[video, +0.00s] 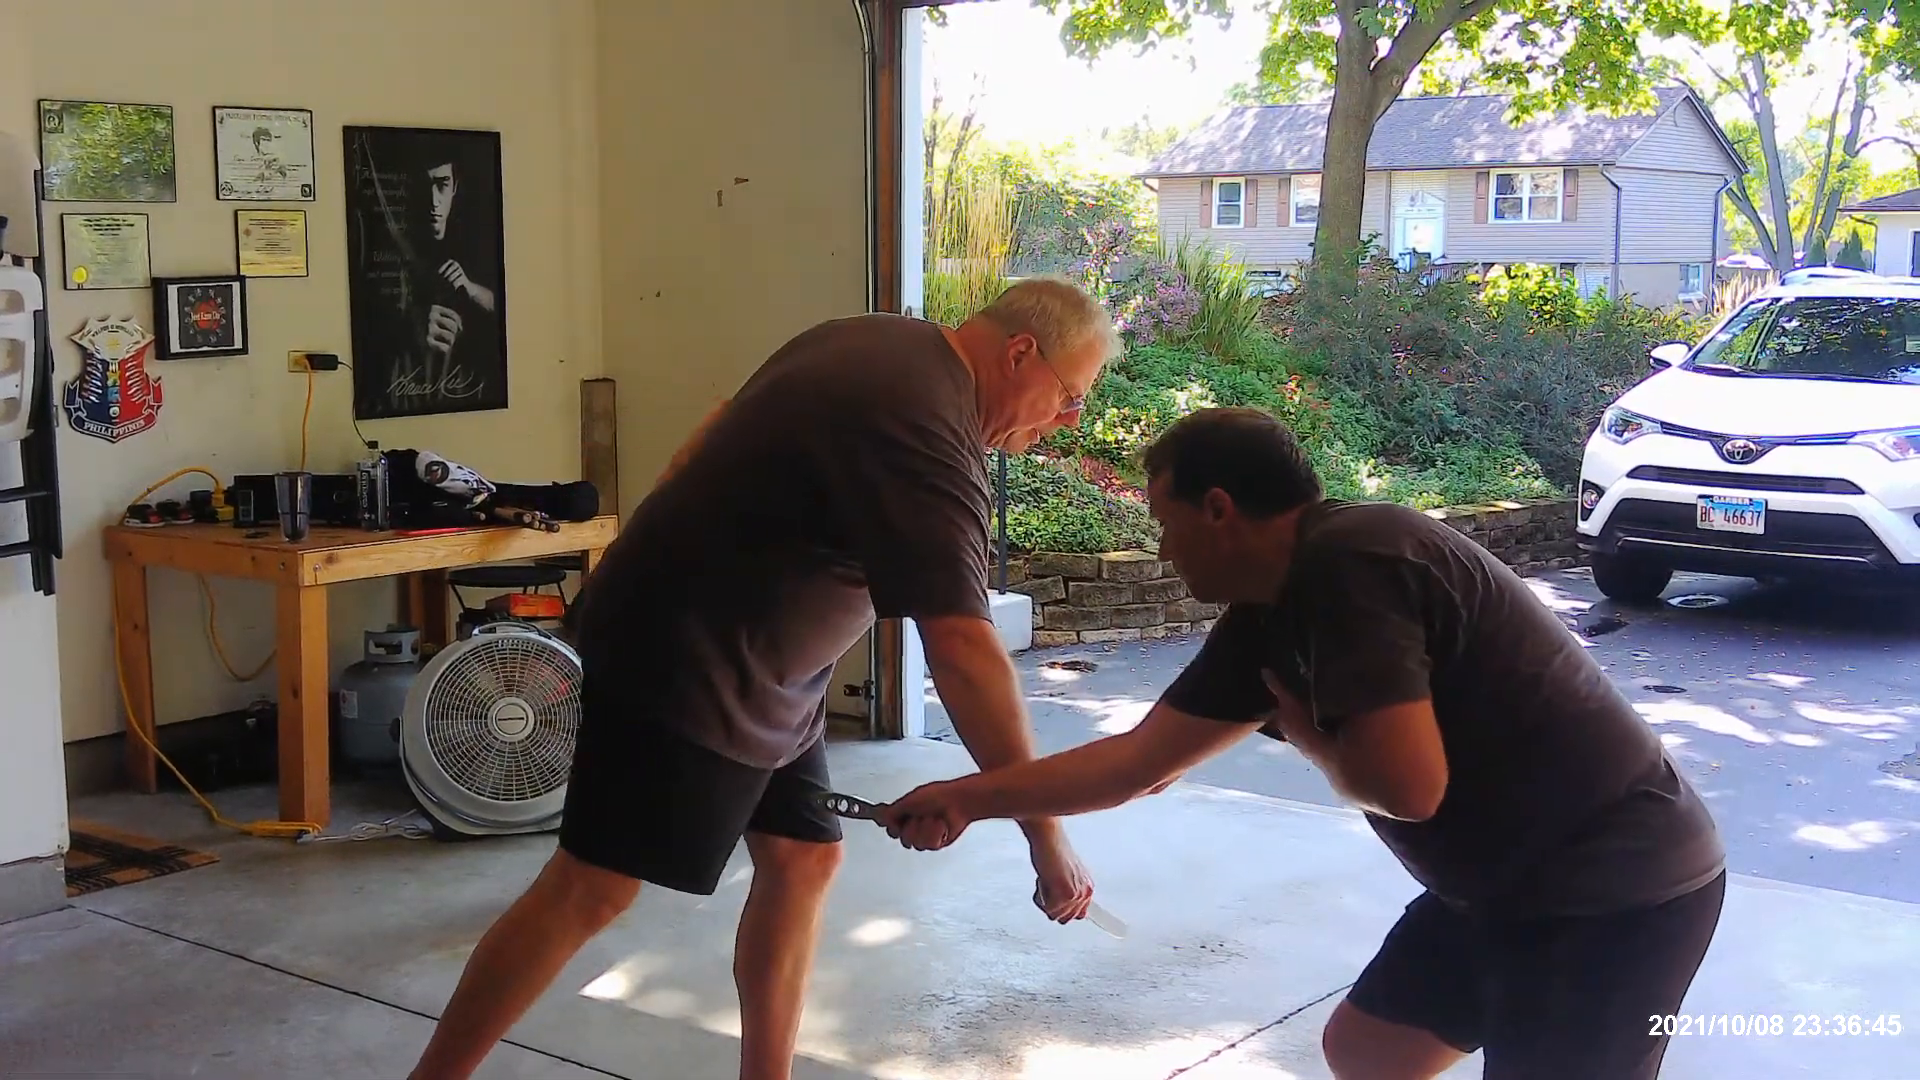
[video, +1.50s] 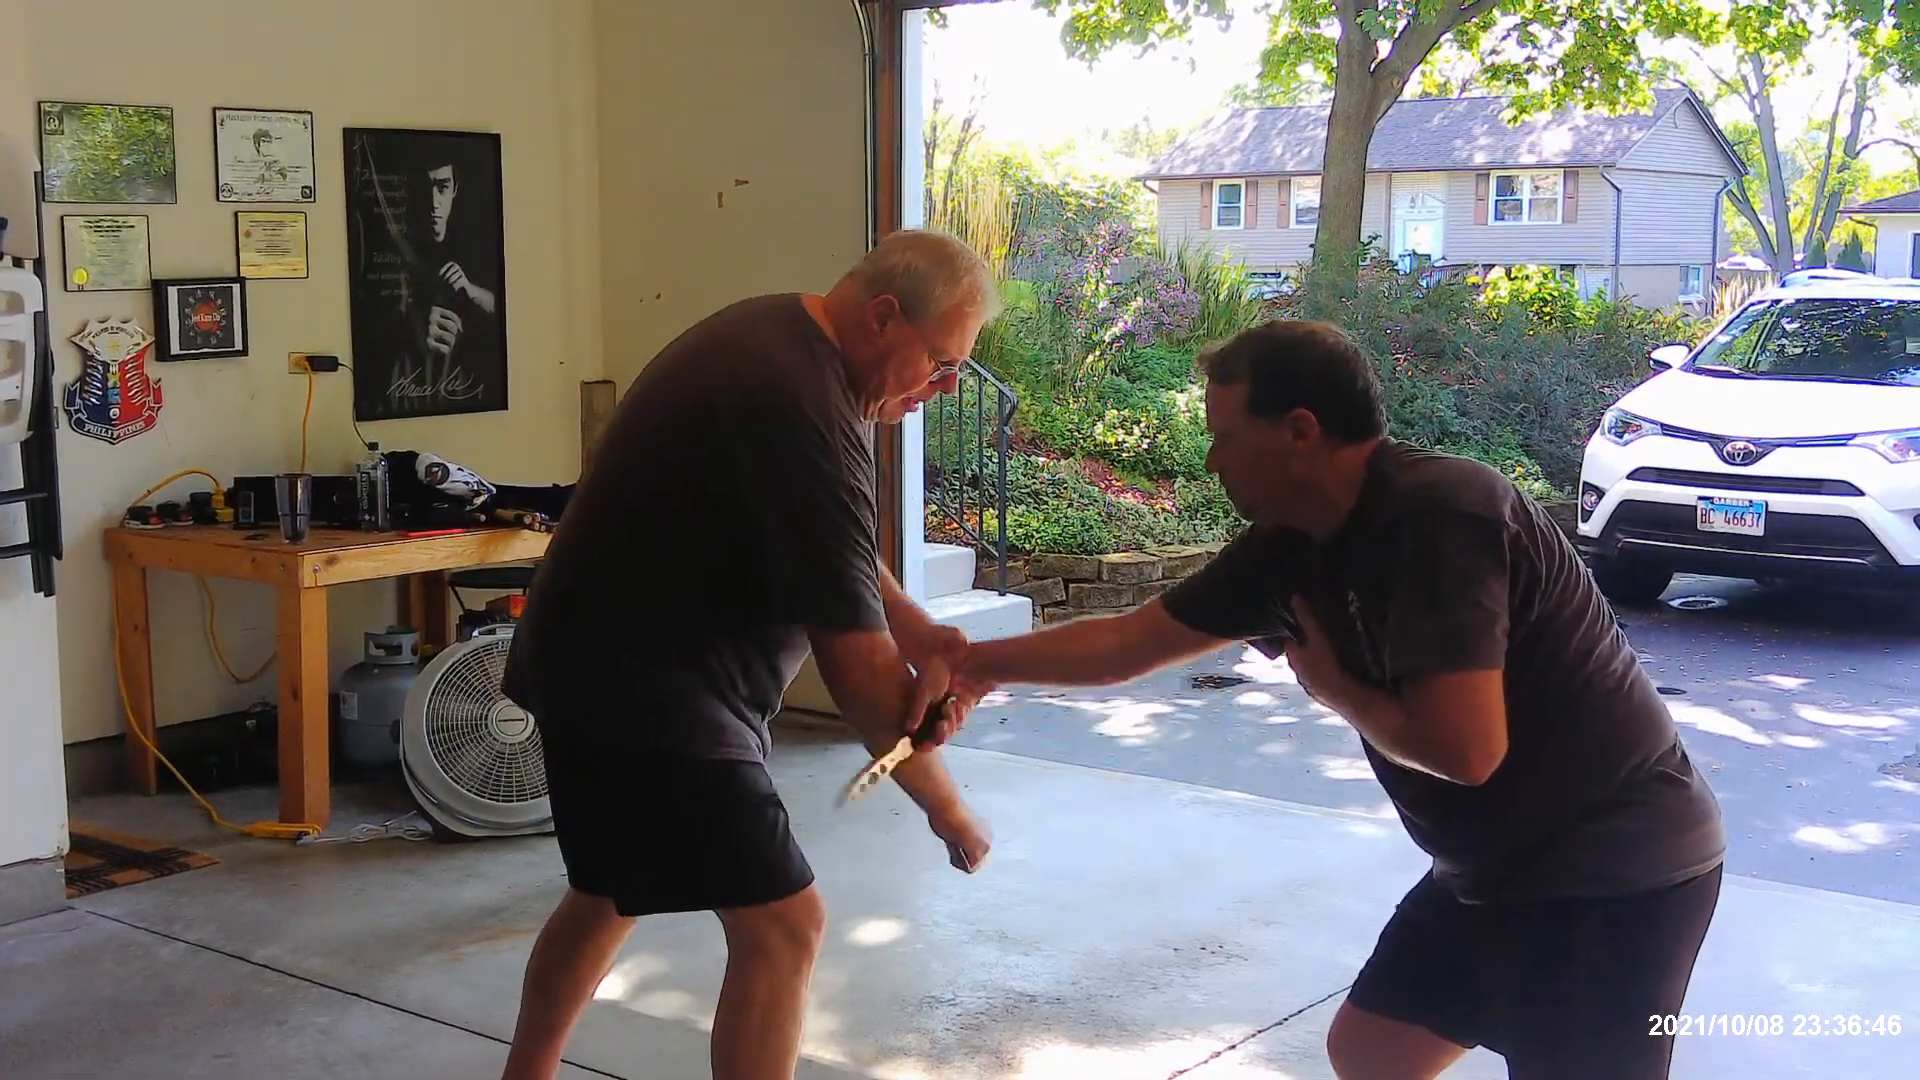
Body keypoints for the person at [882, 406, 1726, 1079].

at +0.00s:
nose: (1160, 543)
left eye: (1165, 520)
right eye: (1157, 523)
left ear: (1220, 512)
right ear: (1232, 509)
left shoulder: (1356, 566)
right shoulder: (1269, 613)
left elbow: (1409, 789)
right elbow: (1140, 759)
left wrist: (1321, 741)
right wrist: (966, 798)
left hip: (1622, 882)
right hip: (1498, 881)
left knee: (1545, 1077)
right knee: (1367, 1047)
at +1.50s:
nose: (1213, 458)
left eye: (1224, 434)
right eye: (1212, 435)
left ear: (1301, 434)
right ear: (1300, 437)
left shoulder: (1445, 517)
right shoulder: (1289, 542)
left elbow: (1469, 748)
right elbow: (1134, 639)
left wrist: (1338, 691)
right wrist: (976, 659)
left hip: (1625, 865)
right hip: (1491, 865)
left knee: (1585, 1069)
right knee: (1371, 1050)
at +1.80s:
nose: (1187, 389)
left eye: (1206, 366)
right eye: (1187, 366)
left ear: (1290, 371)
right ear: (1267, 375)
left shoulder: (1379, 455)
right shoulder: (1245, 479)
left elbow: (1411, 682)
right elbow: (1112, 547)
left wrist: (1275, 608)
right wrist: (979, 570)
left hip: (1593, 798)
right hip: (1472, 809)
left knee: (1596, 1062)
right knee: (1395, 1035)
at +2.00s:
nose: (1154, 431)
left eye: (1169, 406)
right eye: (1147, 409)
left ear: (1258, 396)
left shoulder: (1378, 468)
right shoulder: (1206, 512)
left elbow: (1412, 669)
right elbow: (1077, 581)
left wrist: (1250, 599)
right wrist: (953, 589)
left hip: (1579, 805)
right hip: (1439, 822)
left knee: (1600, 1065)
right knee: (1343, 1046)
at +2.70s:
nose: (1202, 333)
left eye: (1228, 309)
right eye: (1200, 310)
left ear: (1317, 314)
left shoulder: (1405, 410)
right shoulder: (1220, 454)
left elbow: (1403, 594)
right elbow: (1113, 560)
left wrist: (1261, 536)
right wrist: (991, 627)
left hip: (1511, 804)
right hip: (1367, 818)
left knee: (1539, 1061)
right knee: (1317, 1050)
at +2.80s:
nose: (1234, 317)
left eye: (1260, 293)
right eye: (1229, 294)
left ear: (1346, 303)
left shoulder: (1421, 401)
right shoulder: (1232, 437)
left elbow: (1406, 583)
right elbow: (1130, 545)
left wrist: (1268, 521)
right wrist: (1007, 610)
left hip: (1500, 806)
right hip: (1359, 818)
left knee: (1523, 1060)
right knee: (1318, 1053)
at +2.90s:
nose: (1250, 316)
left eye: (1276, 293)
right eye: (1244, 293)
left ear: (1361, 301)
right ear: (1237, 299)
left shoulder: (1432, 401)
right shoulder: (1239, 433)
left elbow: (1407, 578)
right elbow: (1142, 534)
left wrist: (1268, 512)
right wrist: (1026, 597)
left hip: (1493, 811)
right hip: (1350, 820)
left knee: (1516, 1062)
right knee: (1314, 1054)